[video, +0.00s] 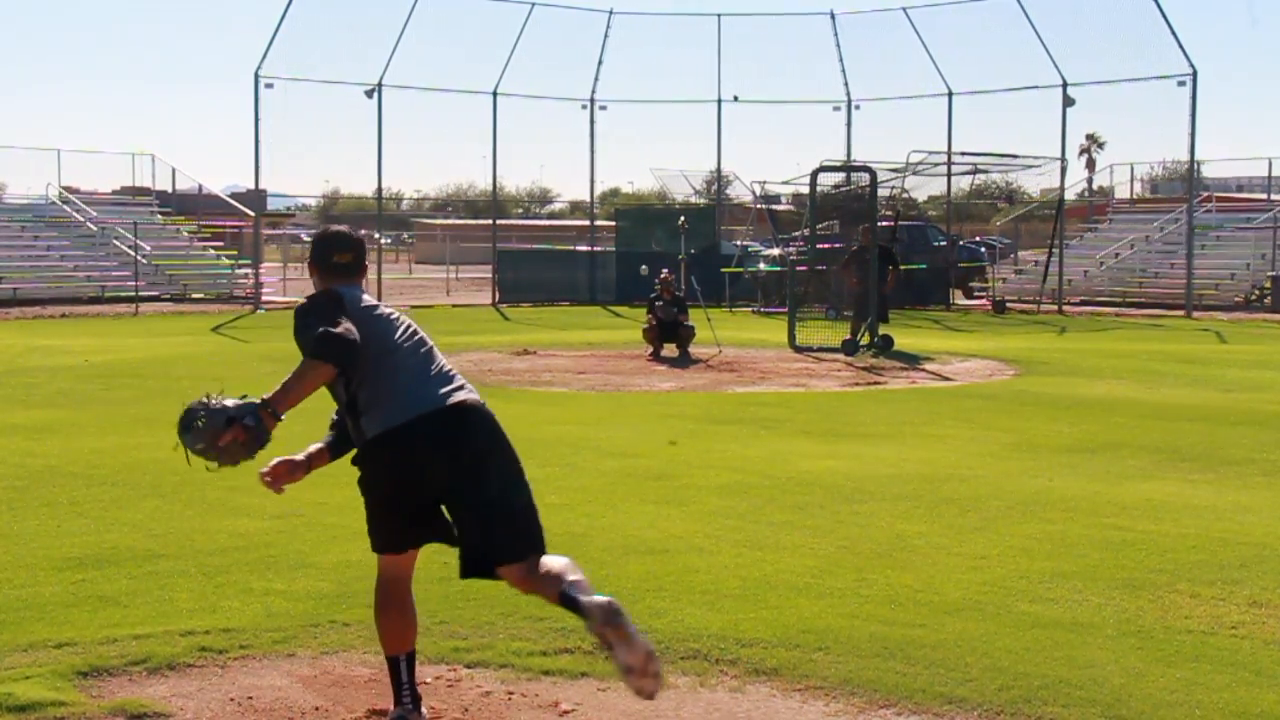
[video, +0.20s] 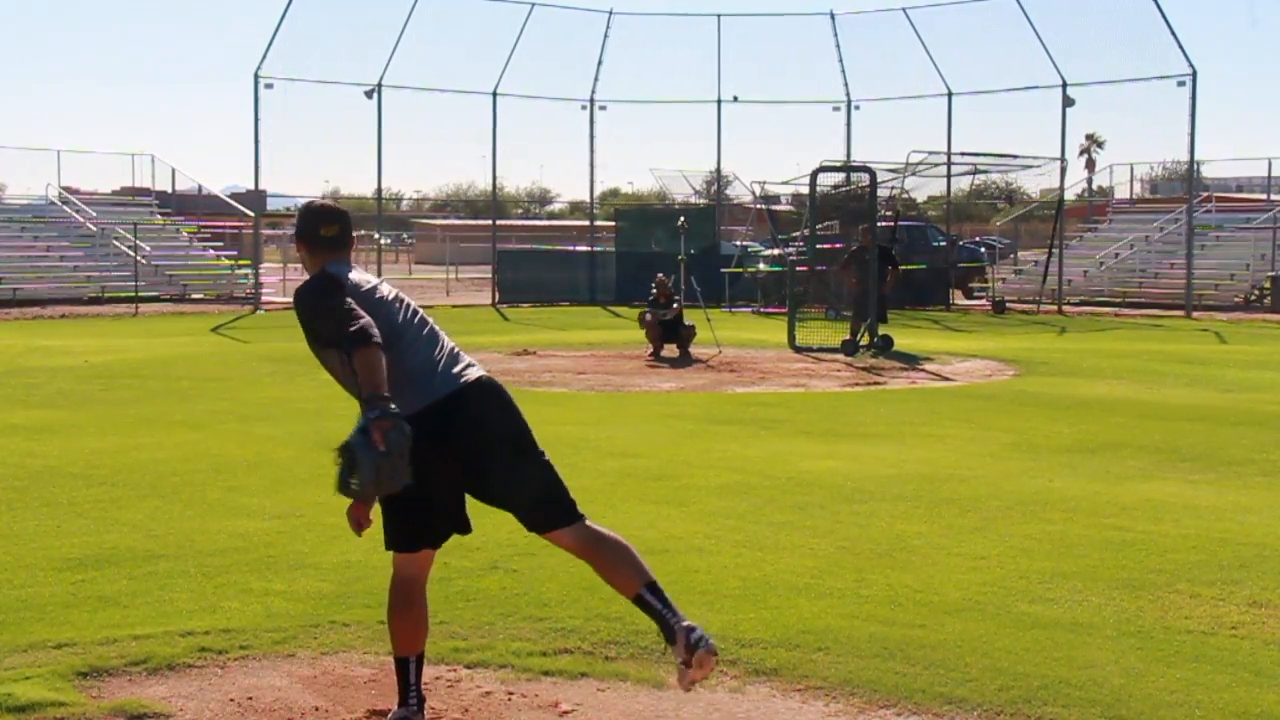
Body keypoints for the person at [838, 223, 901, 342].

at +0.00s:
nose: (867, 238)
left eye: (869, 235)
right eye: (864, 235)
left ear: (874, 236)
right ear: (861, 237)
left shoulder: (884, 251)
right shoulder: (857, 252)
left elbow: (895, 267)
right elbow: (844, 268)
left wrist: (889, 283)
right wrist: (851, 280)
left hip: (878, 288)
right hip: (862, 288)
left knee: (876, 316)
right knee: (858, 316)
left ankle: (873, 341)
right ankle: (852, 340)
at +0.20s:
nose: (866, 239)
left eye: (869, 236)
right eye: (864, 236)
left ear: (874, 236)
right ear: (860, 237)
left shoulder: (883, 251)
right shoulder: (856, 252)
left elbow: (895, 267)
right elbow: (844, 267)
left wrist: (889, 283)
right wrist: (850, 280)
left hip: (878, 289)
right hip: (861, 288)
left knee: (875, 316)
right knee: (857, 316)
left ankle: (873, 341)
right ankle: (852, 339)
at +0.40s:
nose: (866, 239)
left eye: (868, 236)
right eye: (863, 236)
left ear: (874, 236)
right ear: (860, 238)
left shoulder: (883, 252)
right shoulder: (855, 252)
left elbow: (894, 267)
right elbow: (843, 267)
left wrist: (889, 284)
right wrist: (850, 281)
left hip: (877, 289)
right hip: (860, 288)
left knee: (874, 316)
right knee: (856, 316)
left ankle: (872, 341)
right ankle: (852, 340)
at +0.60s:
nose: (865, 239)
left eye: (867, 236)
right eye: (863, 236)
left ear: (873, 237)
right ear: (859, 238)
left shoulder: (883, 252)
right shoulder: (856, 252)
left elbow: (893, 268)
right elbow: (843, 267)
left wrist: (887, 285)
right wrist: (850, 282)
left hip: (877, 289)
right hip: (860, 288)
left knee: (874, 317)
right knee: (856, 317)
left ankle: (872, 342)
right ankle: (852, 341)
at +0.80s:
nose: (864, 239)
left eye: (866, 236)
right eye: (862, 236)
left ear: (873, 237)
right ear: (859, 237)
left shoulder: (882, 251)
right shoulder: (856, 252)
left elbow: (894, 265)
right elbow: (842, 266)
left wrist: (888, 283)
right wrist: (850, 280)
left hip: (877, 288)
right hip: (860, 288)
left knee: (874, 317)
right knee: (856, 317)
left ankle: (872, 342)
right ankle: (852, 341)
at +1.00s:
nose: (866, 239)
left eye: (869, 236)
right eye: (865, 236)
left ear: (875, 237)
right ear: (862, 237)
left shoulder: (886, 252)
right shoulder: (857, 252)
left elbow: (896, 268)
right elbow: (845, 267)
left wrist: (889, 284)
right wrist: (850, 281)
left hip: (878, 289)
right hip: (861, 288)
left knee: (875, 316)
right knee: (856, 316)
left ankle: (873, 341)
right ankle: (852, 340)